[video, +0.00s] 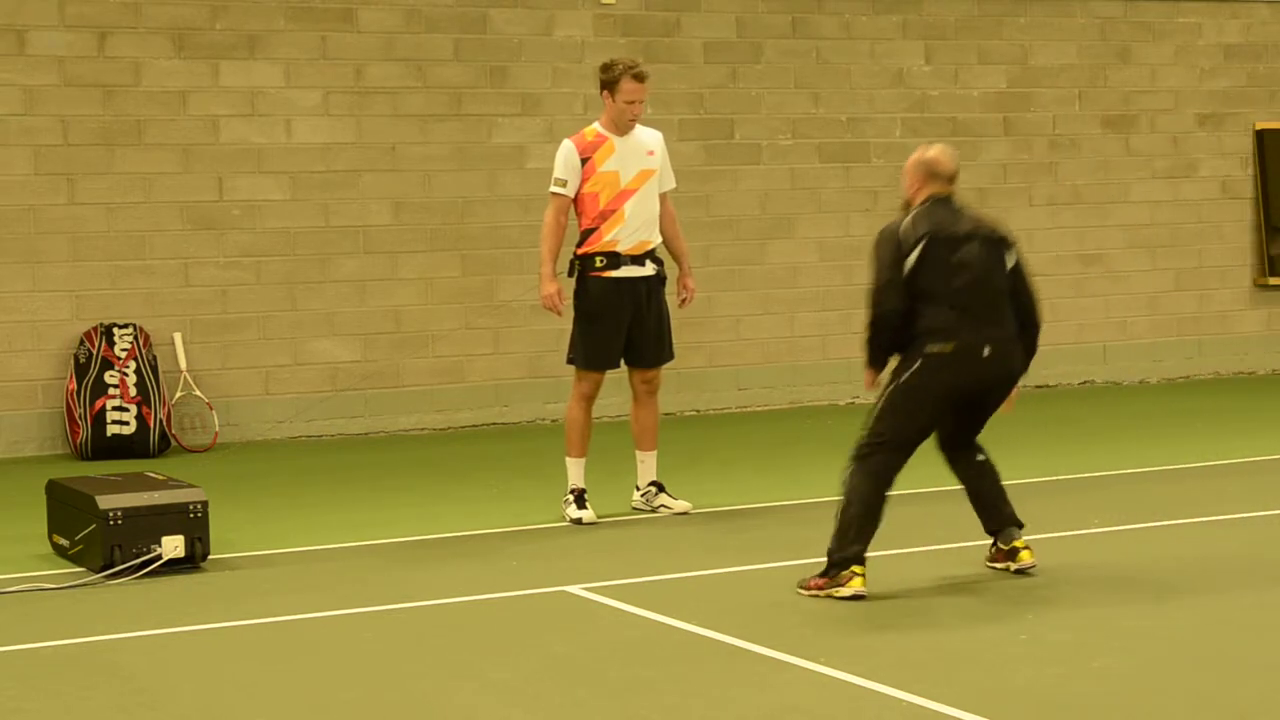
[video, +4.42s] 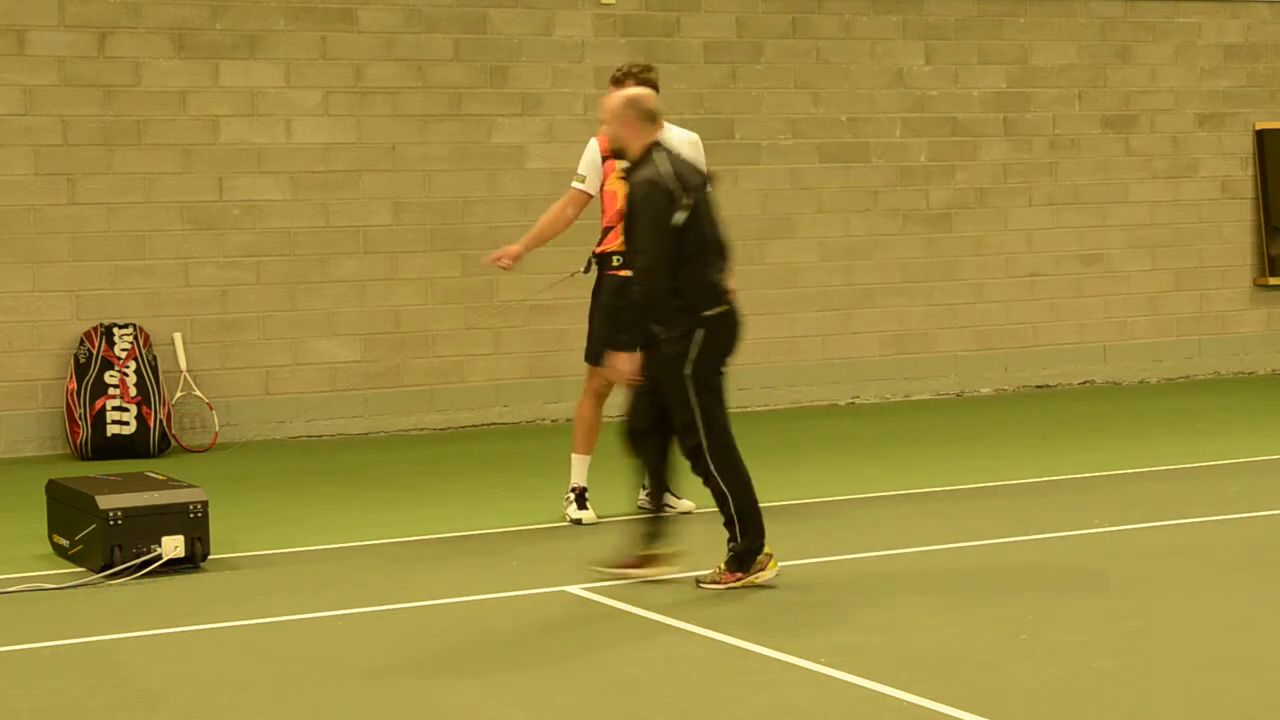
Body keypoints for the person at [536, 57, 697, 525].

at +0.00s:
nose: (638, 110)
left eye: (642, 102)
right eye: (630, 102)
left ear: (644, 100)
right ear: (606, 98)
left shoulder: (653, 142)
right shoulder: (576, 149)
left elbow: (665, 208)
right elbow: (556, 215)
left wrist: (684, 264)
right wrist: (548, 275)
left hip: (648, 280)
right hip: (599, 282)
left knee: (647, 383)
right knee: (586, 388)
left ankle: (647, 487)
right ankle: (576, 492)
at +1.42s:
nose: (650, 105)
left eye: (651, 97)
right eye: (645, 98)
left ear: (627, 98)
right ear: (617, 98)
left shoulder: (650, 143)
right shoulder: (579, 149)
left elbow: (685, 194)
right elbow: (567, 216)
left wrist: (740, 227)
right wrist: (581, 267)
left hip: (646, 280)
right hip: (601, 281)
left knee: (646, 383)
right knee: (586, 388)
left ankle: (647, 487)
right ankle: (575, 491)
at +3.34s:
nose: (617, 113)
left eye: (623, 105)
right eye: (609, 105)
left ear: (631, 101)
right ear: (591, 101)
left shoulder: (649, 142)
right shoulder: (572, 151)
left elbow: (663, 207)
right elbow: (553, 213)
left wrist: (680, 262)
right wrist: (543, 263)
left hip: (646, 279)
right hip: (598, 282)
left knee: (646, 383)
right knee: (586, 387)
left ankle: (647, 487)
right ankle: (576, 492)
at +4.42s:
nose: (617, 110)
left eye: (625, 102)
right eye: (614, 101)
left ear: (645, 102)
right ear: (611, 101)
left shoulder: (683, 143)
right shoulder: (603, 146)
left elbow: (703, 218)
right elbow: (571, 205)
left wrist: (719, 274)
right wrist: (523, 245)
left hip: (668, 278)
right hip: (617, 277)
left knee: (662, 384)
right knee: (598, 383)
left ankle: (656, 487)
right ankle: (577, 489)